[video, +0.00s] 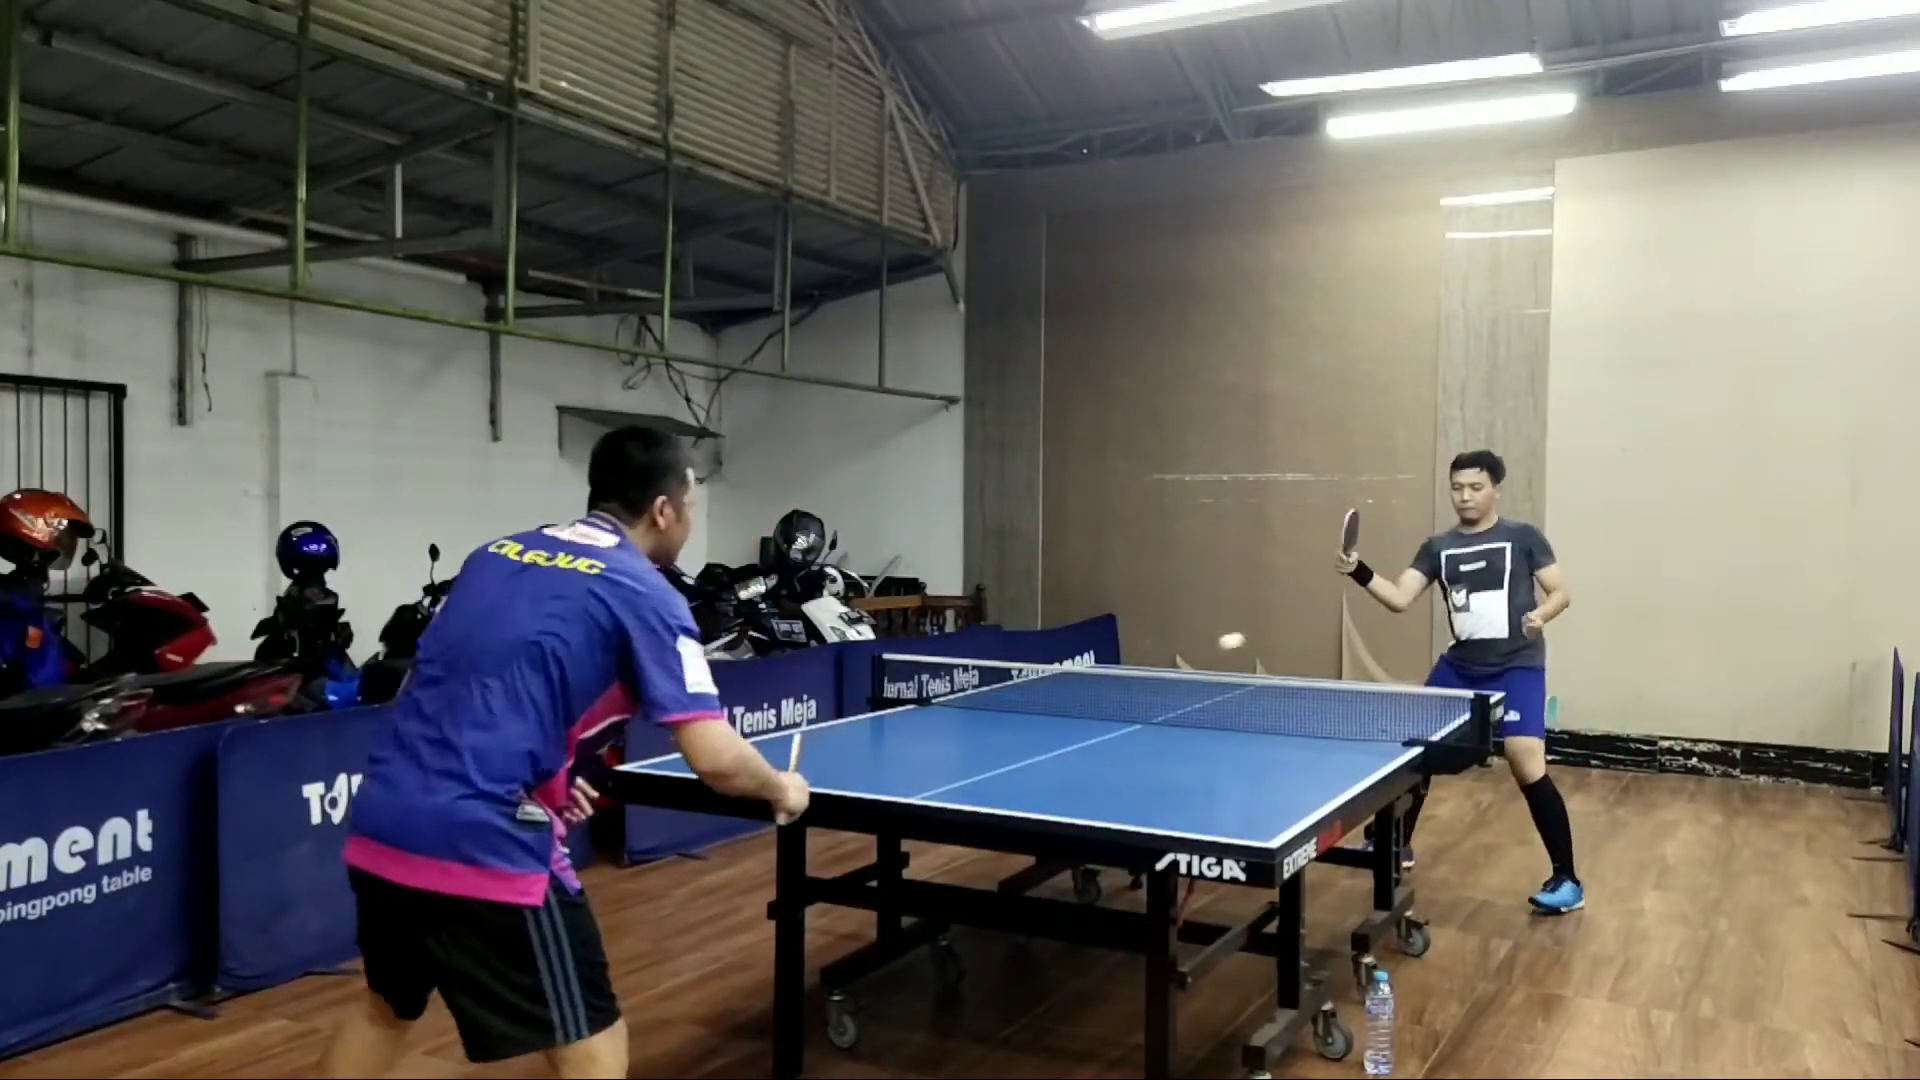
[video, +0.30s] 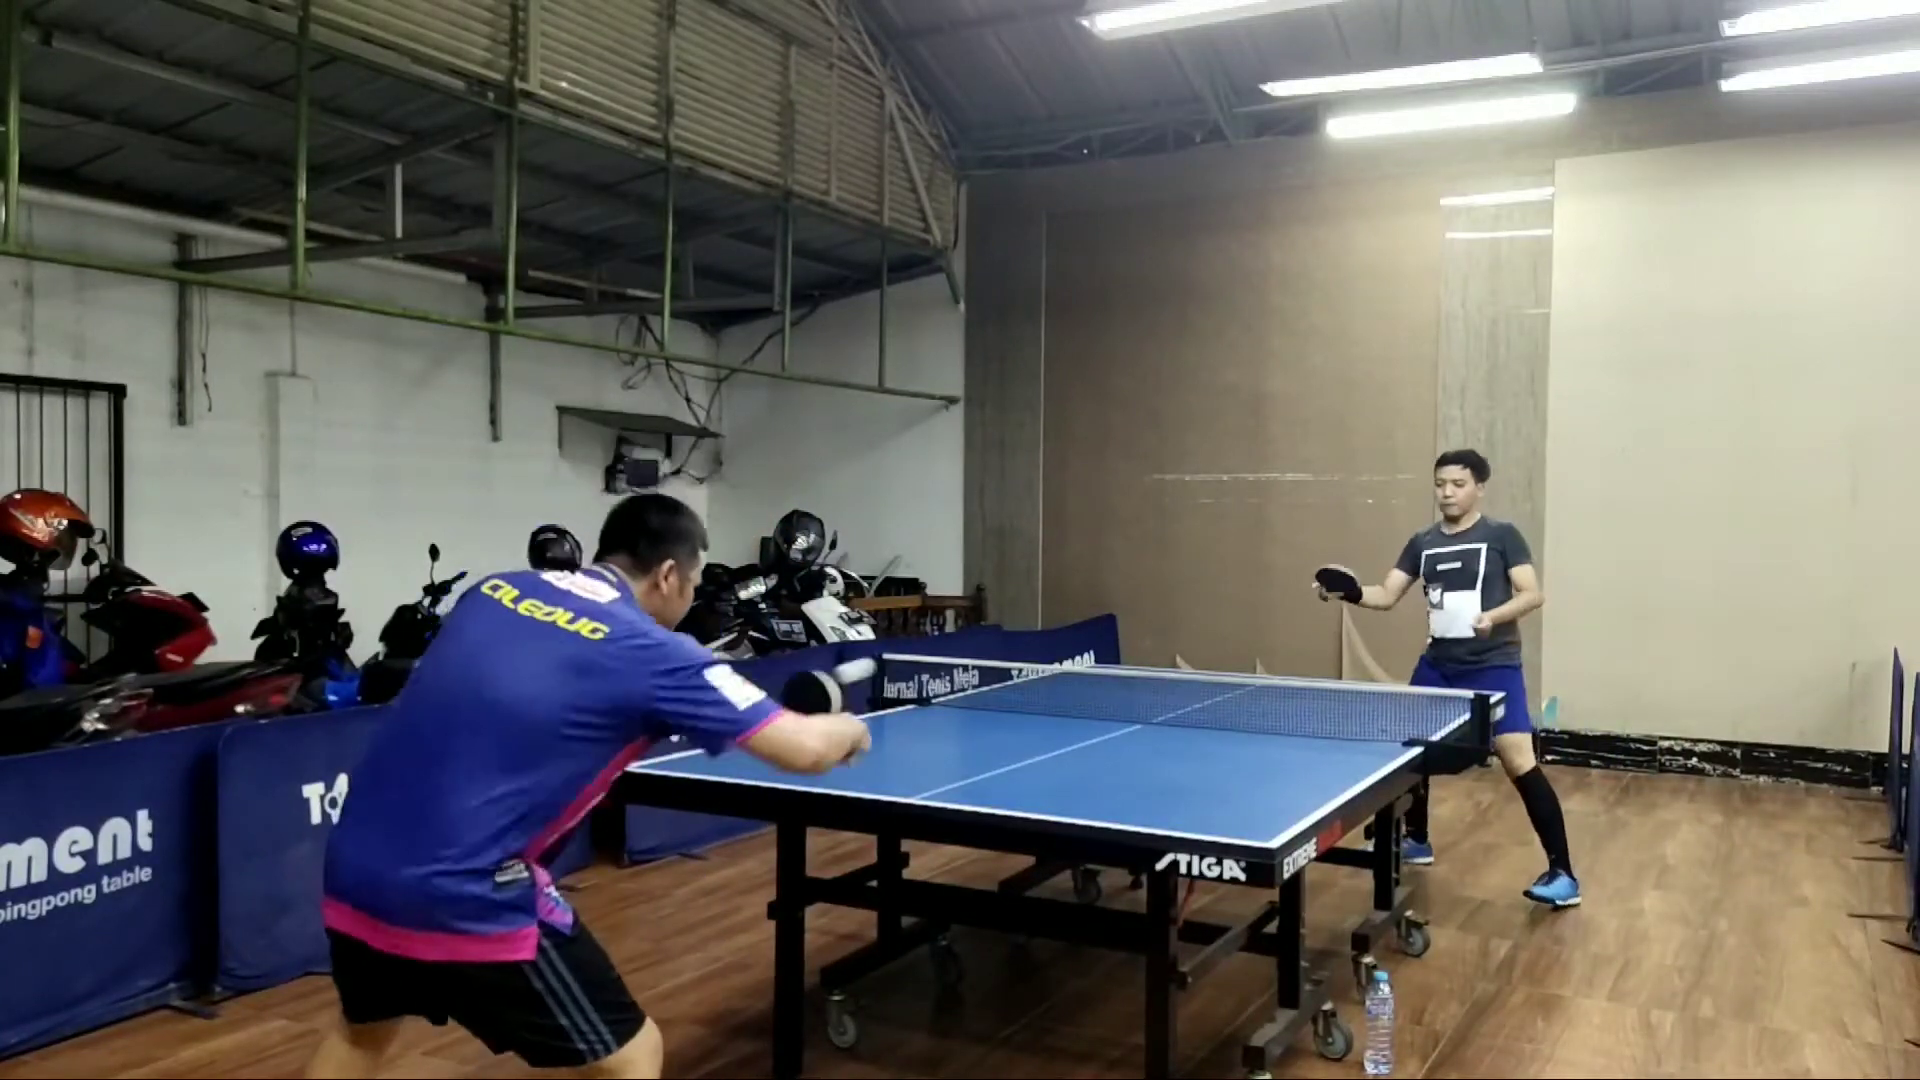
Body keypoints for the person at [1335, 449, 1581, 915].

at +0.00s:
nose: (1465, 496)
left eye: (1475, 487)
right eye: (1457, 488)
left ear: (1496, 490)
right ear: (1450, 493)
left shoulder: (1523, 537)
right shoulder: (1438, 548)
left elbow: (1560, 593)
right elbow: (1399, 597)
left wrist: (1541, 615)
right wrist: (1359, 571)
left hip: (1516, 666)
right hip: (1459, 665)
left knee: (1525, 762)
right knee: (1413, 744)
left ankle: (1565, 879)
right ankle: (1394, 843)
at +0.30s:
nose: (1447, 492)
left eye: (1457, 483)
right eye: (1441, 484)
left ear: (1479, 488)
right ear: (1435, 489)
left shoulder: (1503, 536)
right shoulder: (1423, 543)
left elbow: (1532, 596)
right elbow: (1386, 595)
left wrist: (1493, 616)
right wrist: (1345, 589)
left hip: (1495, 669)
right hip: (1437, 666)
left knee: (1519, 762)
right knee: (1408, 747)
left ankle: (1563, 873)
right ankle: (1417, 839)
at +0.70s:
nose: (1424, 523)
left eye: (1433, 514)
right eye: (1416, 516)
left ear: (1453, 516)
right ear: (1410, 522)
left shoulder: (1480, 555)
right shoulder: (1411, 577)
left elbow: (1516, 605)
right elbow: (1404, 640)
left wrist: (1463, 599)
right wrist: (1412, 664)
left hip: (1496, 678)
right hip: (1442, 685)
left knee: (1498, 775)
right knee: (1390, 749)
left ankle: (1563, 874)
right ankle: (1389, 836)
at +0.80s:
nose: (1441, 509)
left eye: (1451, 501)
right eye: (1434, 502)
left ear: (1471, 505)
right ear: (1428, 508)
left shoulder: (1500, 545)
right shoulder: (1422, 567)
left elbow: (1542, 595)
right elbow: (1402, 630)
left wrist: (1502, 593)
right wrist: (1413, 640)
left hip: (1511, 670)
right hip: (1454, 671)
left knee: (1515, 762)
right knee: (1401, 744)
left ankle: (1566, 874)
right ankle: (1388, 838)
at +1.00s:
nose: (1469, 489)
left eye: (1480, 481)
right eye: (1462, 481)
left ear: (1499, 488)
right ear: (1454, 488)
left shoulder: (1525, 532)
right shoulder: (1441, 546)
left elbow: (1569, 579)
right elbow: (1395, 584)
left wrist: (1565, 594)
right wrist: (1359, 572)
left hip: (1534, 660)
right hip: (1477, 661)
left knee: (1544, 754)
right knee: (1440, 747)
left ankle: (1570, 874)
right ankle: (1416, 837)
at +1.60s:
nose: (1431, 495)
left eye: (1441, 487)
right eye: (1426, 487)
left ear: (1465, 490)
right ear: (1423, 493)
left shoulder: (1489, 533)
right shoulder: (1425, 552)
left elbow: (1509, 587)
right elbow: (1405, 611)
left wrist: (1443, 600)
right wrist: (1360, 624)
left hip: (1503, 666)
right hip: (1446, 665)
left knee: (1529, 763)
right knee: (1409, 743)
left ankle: (1570, 873)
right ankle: (1410, 836)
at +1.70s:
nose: (1422, 502)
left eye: (1432, 493)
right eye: (1417, 495)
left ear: (1458, 498)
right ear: (1416, 502)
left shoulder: (1481, 537)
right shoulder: (1427, 561)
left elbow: (1493, 589)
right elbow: (1418, 623)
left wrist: (1427, 603)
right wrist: (1371, 641)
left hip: (1510, 666)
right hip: (1458, 666)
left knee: (1526, 761)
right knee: (1409, 738)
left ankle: (1570, 873)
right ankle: (1410, 840)